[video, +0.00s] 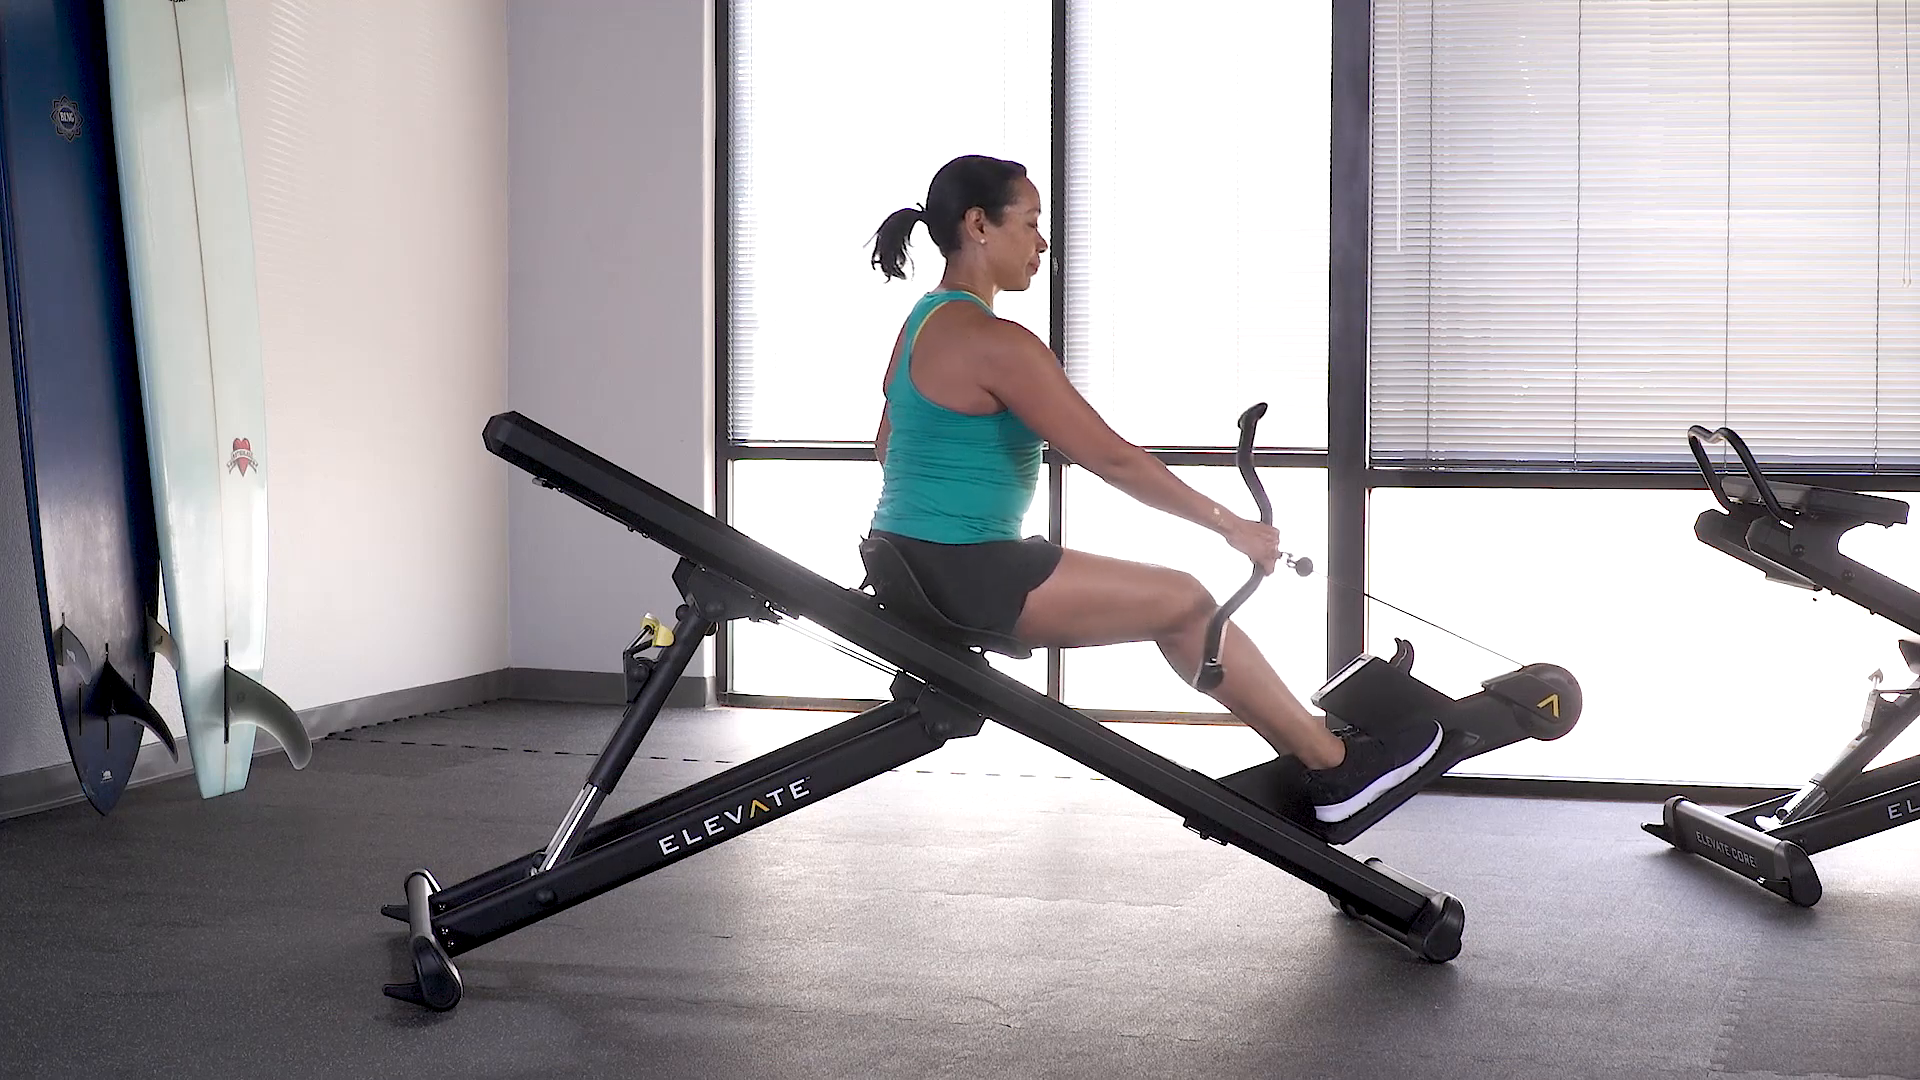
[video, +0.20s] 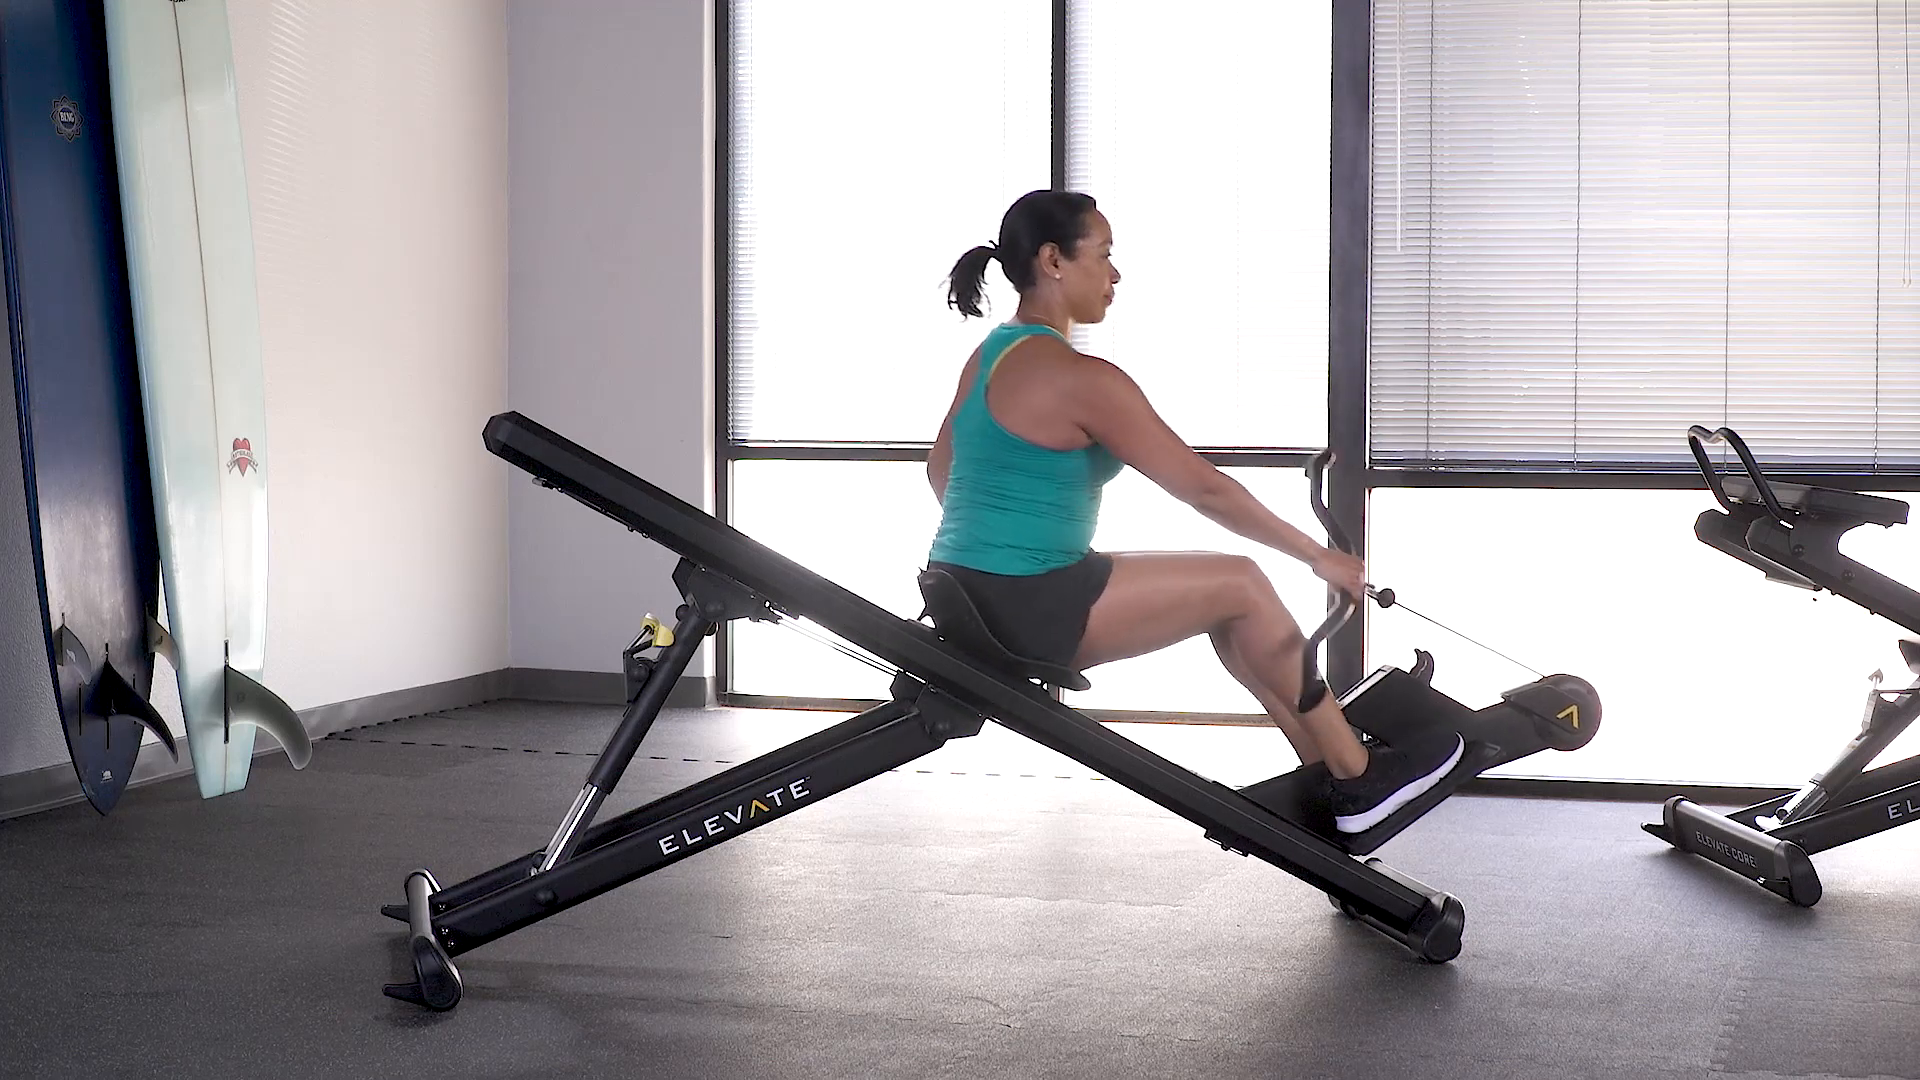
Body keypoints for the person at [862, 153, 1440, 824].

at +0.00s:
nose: (1041, 242)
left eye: (1038, 225)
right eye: (1029, 225)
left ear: (972, 231)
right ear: (975, 228)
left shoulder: (923, 326)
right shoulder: (1000, 344)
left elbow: (891, 447)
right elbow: (1111, 458)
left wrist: (1015, 440)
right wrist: (1232, 525)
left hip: (908, 562)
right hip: (957, 571)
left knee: (1174, 600)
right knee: (1182, 601)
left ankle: (1315, 743)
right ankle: (1332, 766)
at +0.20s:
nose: (1115, 272)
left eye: (1110, 254)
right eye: (1103, 255)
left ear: (1047, 264)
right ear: (1052, 262)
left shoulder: (993, 352)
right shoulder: (1085, 381)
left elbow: (940, 463)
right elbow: (1204, 486)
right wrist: (1320, 555)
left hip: (965, 590)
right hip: (1024, 602)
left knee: (1226, 584)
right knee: (1243, 583)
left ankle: (1323, 758)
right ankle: (1357, 776)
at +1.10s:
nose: (1116, 258)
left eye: (1109, 241)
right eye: (1101, 243)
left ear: (1045, 261)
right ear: (1051, 259)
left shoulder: (993, 349)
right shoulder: (1089, 366)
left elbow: (950, 460)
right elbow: (1189, 492)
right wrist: (1306, 547)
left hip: (952, 588)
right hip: (1017, 595)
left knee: (1216, 592)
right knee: (1234, 582)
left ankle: (1316, 753)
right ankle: (1350, 769)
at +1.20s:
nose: (1060, 230)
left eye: (1054, 213)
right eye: (1045, 213)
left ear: (987, 231)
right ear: (992, 228)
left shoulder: (945, 316)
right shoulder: (1011, 328)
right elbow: (1085, 464)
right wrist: (1199, 506)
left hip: (910, 560)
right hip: (958, 566)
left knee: (1167, 588)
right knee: (1176, 583)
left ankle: (1299, 746)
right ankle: (1318, 757)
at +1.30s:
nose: (1007, 206)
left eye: (1000, 189)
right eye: (993, 190)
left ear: (938, 206)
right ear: (939, 203)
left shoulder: (899, 290)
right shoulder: (936, 295)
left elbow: (960, 433)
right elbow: (978, 431)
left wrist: (1082, 462)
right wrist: (1097, 467)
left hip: (871, 533)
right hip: (906, 539)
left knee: (1121, 601)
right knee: (1134, 593)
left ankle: (1272, 732)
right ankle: (1292, 746)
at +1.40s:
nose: (965, 187)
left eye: (959, 170)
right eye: (951, 171)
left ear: (898, 185)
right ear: (898, 182)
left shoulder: (875, 271)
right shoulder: (878, 275)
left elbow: (893, 411)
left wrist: (1005, 435)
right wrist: (1004, 434)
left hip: (865, 513)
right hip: (867, 518)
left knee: (1081, 596)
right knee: (1088, 592)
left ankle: (1252, 729)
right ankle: (1265, 737)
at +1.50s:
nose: (938, 174)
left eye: (932, 158)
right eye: (924, 158)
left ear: (872, 170)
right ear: (870, 168)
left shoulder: (860, 256)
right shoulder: (837, 255)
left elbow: (824, 376)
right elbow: (796, 373)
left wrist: (928, 406)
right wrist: (923, 404)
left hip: (864, 495)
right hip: (839, 505)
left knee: (1059, 589)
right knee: (1056, 596)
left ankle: (1232, 721)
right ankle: (1240, 728)